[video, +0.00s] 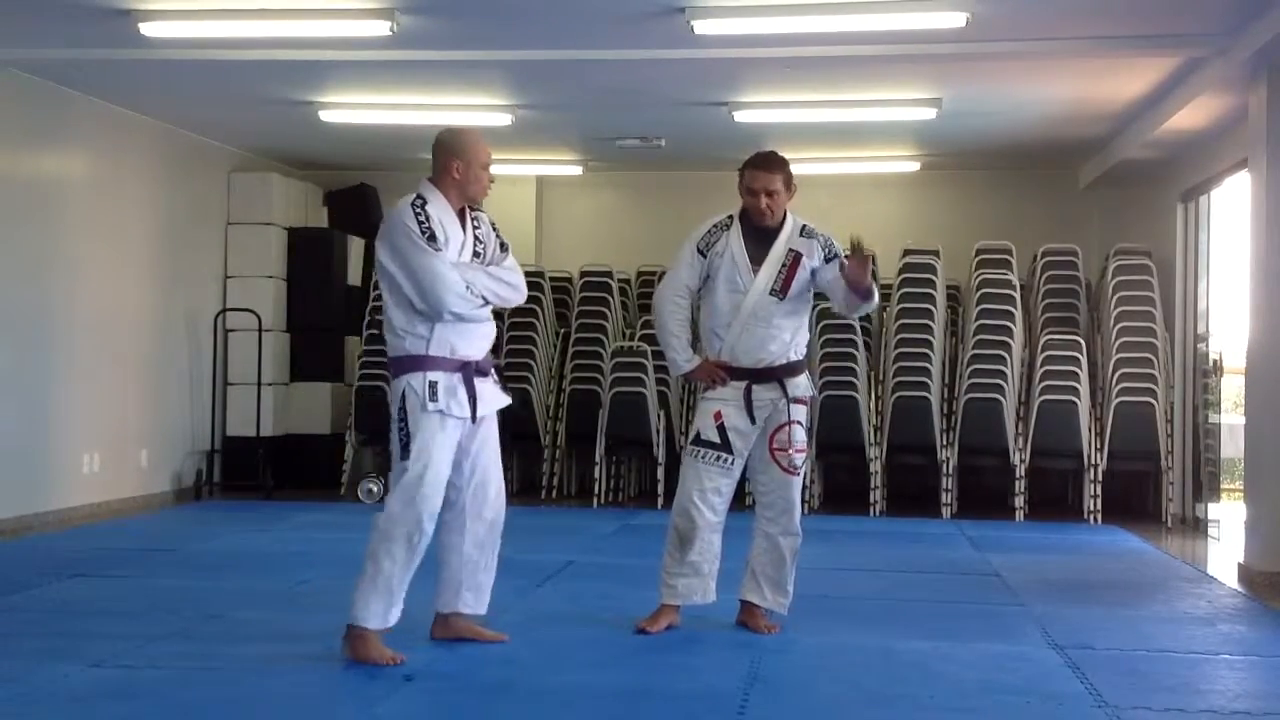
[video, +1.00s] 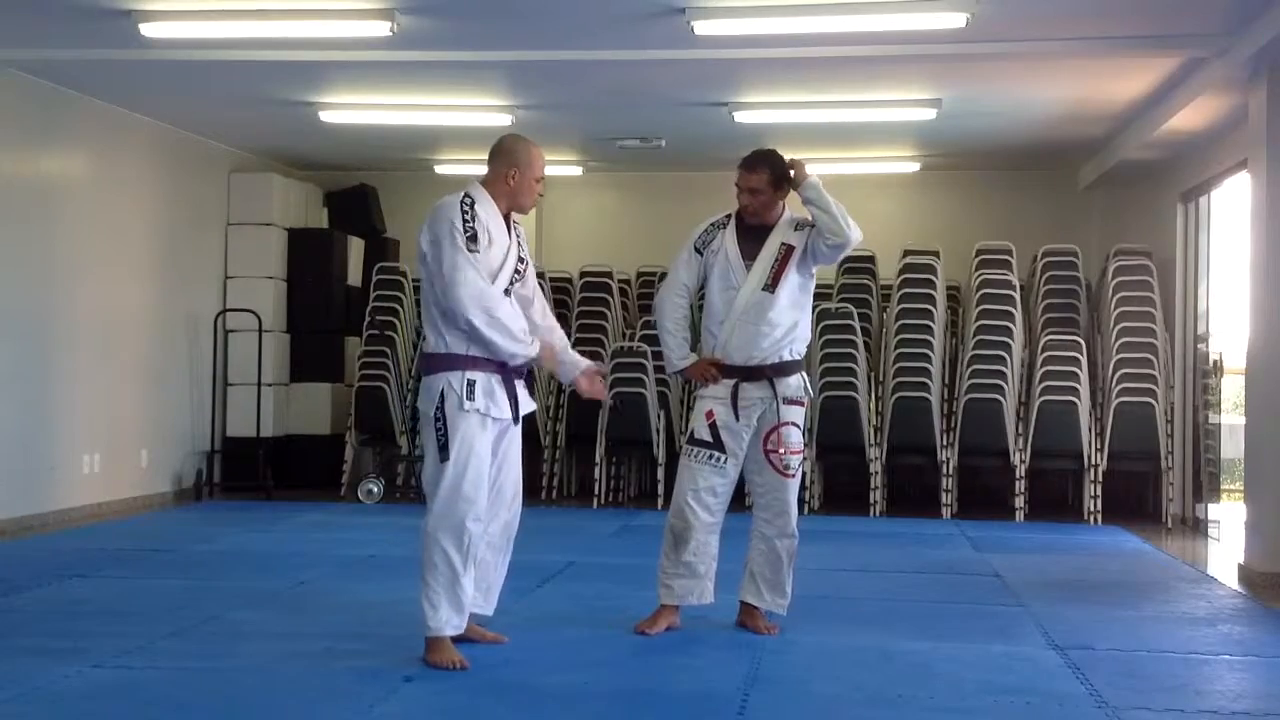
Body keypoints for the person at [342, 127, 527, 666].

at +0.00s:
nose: (491, 178)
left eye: (491, 168)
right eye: (486, 168)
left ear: (461, 169)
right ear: (454, 169)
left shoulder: (478, 224)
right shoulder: (407, 219)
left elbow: (515, 286)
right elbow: (446, 298)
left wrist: (458, 272)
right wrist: (492, 293)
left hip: (477, 378)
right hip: (426, 377)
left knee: (481, 500)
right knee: (415, 502)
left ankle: (455, 614)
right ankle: (364, 627)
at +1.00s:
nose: (542, 189)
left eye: (543, 179)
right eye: (538, 179)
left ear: (510, 174)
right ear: (511, 175)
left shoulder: (511, 232)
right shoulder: (456, 214)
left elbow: (536, 310)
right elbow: (465, 298)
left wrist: (575, 367)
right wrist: (531, 347)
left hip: (503, 385)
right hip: (459, 384)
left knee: (498, 505)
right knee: (457, 507)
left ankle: (465, 617)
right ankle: (439, 632)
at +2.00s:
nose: (539, 208)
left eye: (543, 198)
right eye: (535, 196)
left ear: (511, 189)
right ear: (505, 184)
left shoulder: (510, 238)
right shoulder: (454, 214)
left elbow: (523, 307)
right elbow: (424, 291)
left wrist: (553, 285)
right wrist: (453, 367)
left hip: (504, 392)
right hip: (462, 388)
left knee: (494, 509)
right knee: (453, 508)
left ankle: (465, 619)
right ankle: (438, 633)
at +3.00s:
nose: (537, 204)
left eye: (541, 195)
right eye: (534, 193)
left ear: (513, 184)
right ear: (504, 179)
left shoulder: (509, 239)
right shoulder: (453, 207)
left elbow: (524, 297)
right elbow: (394, 255)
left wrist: (540, 339)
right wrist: (448, 326)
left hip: (494, 389)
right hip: (450, 385)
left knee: (488, 505)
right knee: (450, 506)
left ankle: (460, 619)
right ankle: (437, 633)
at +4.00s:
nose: (528, 197)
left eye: (531, 187)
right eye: (523, 186)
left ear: (504, 182)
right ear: (490, 178)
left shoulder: (507, 231)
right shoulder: (443, 216)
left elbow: (546, 289)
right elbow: (485, 292)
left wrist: (497, 276)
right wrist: (527, 284)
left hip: (492, 392)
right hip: (449, 390)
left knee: (487, 510)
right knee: (448, 510)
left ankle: (461, 618)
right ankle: (437, 633)